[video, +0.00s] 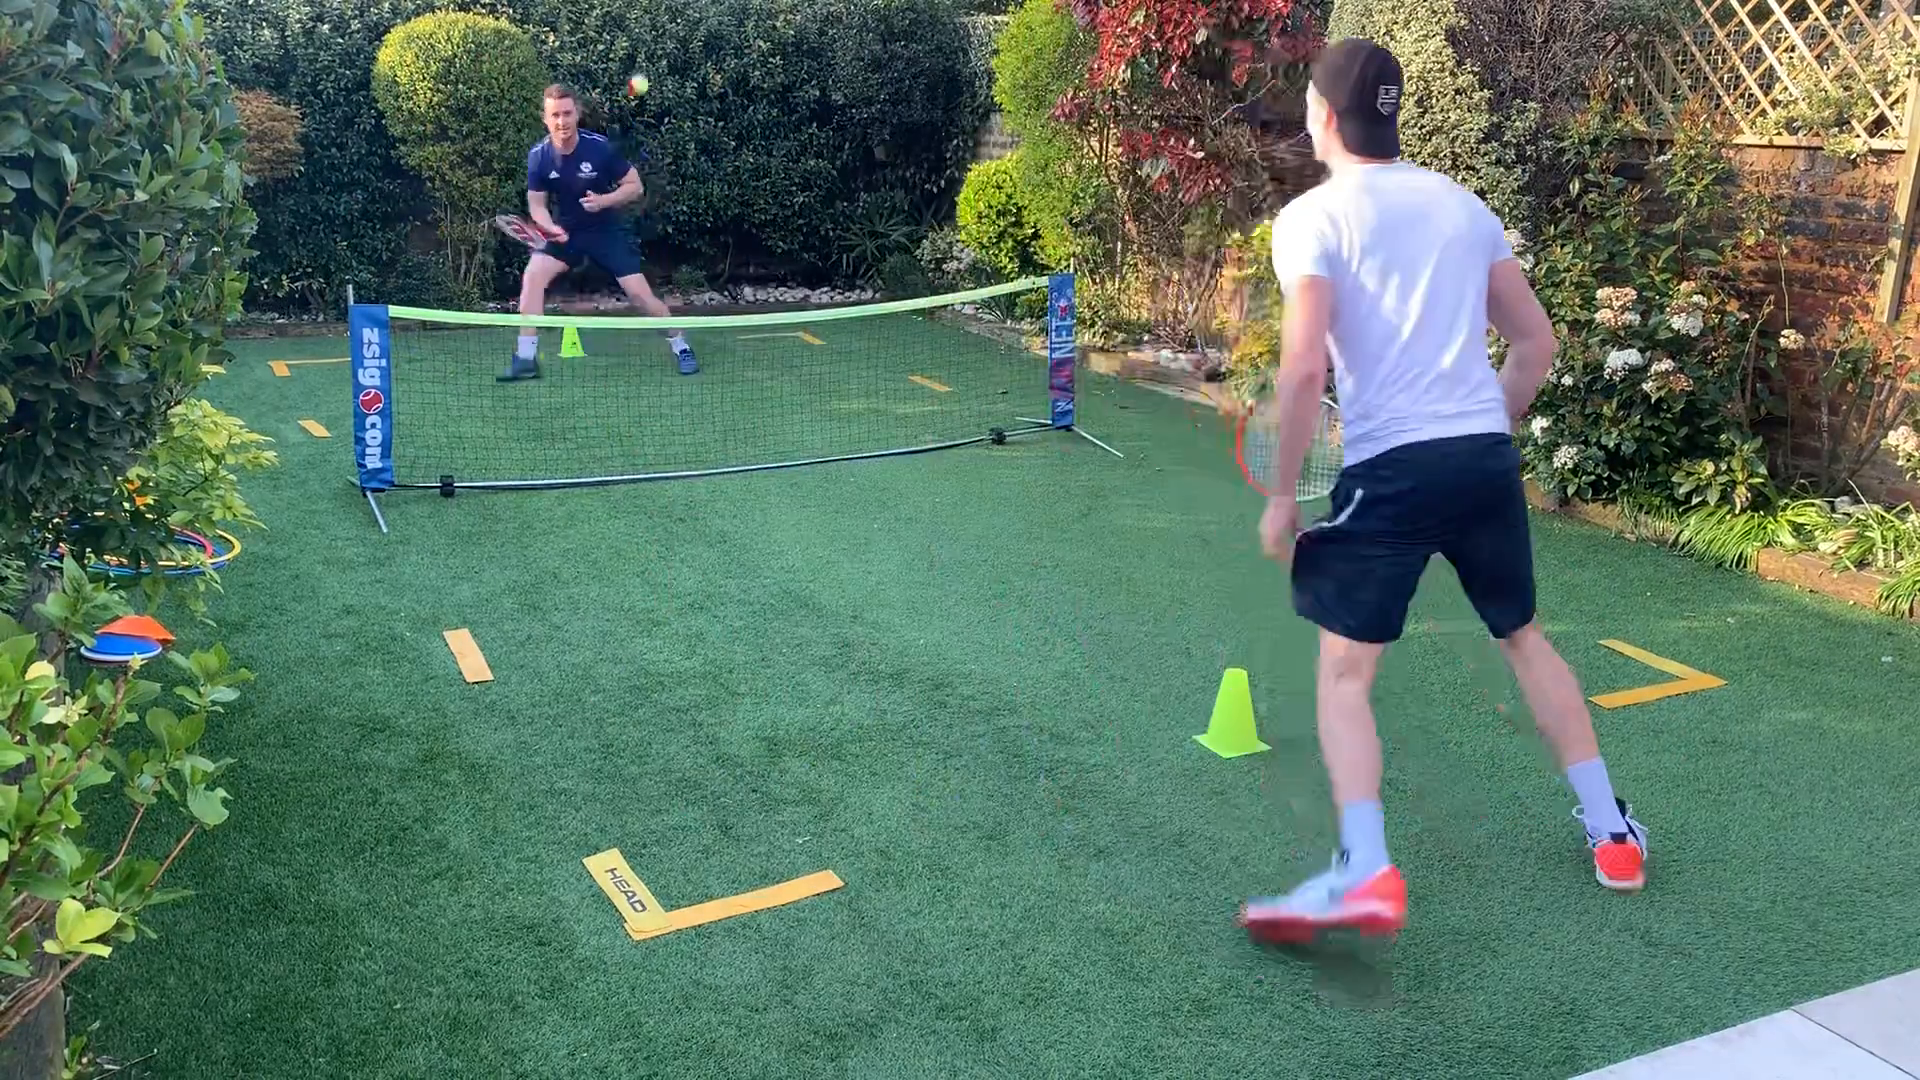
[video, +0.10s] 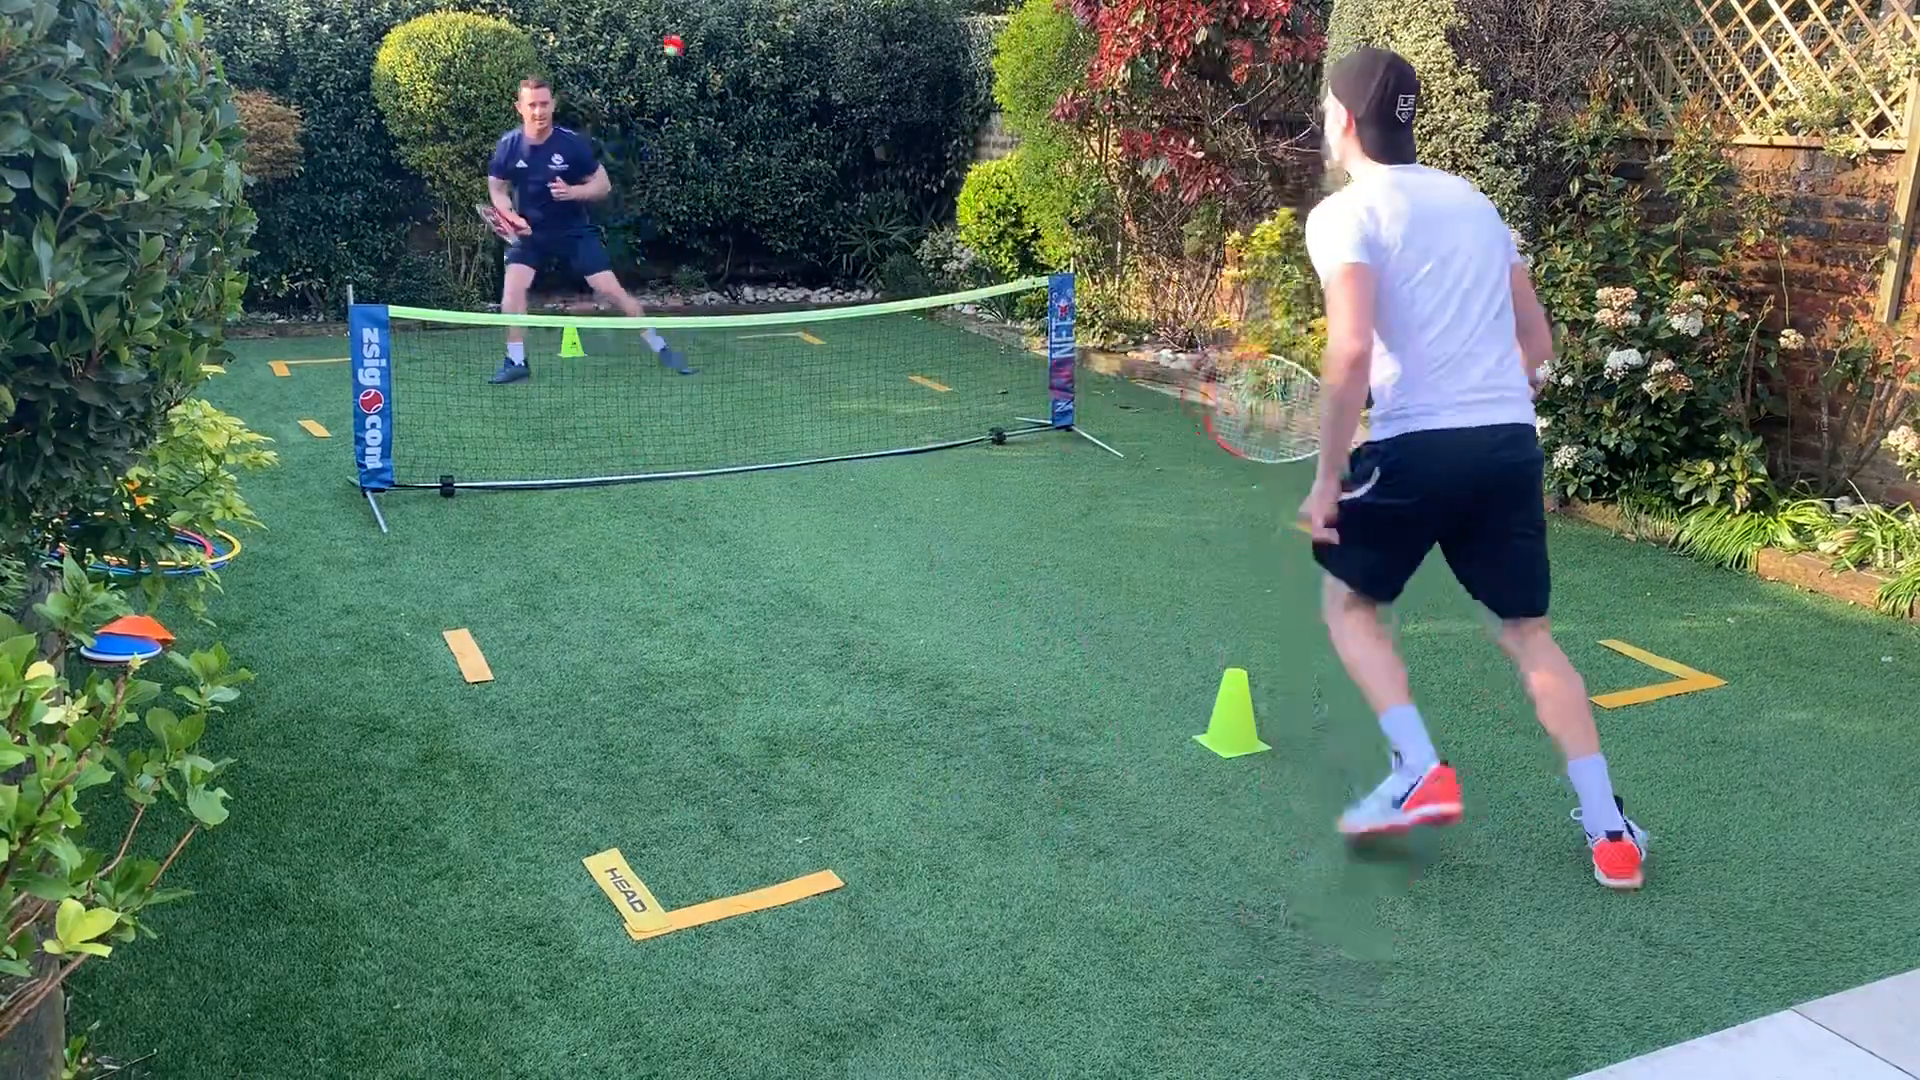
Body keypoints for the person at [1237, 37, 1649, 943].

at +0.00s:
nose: (1306, 122)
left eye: (1309, 108)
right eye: (1309, 106)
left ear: (1324, 116)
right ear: (1396, 114)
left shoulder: (1312, 216)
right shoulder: (1461, 202)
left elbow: (1306, 365)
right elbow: (1536, 343)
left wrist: (1283, 490)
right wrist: (1487, 429)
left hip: (1390, 471)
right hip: (1487, 462)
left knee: (1345, 675)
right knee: (1525, 637)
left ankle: (1364, 868)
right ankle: (1612, 832)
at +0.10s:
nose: (1322, 128)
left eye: (1325, 114)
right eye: (1325, 113)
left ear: (1345, 120)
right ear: (1408, 118)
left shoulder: (1343, 212)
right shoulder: (1472, 201)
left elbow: (1352, 355)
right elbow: (1535, 340)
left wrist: (1326, 478)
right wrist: (1468, 402)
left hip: (1412, 453)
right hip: (1510, 449)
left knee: (1349, 600)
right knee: (1532, 634)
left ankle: (1419, 769)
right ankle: (1608, 823)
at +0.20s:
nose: (1315, 132)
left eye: (1319, 119)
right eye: (1319, 118)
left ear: (1337, 128)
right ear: (1392, 128)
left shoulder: (1347, 212)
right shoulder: (1453, 198)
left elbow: (1352, 345)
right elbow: (1483, 322)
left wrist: (1317, 455)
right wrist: (1398, 423)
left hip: (1446, 427)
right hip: (1527, 425)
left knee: (1344, 535)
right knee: (1494, 599)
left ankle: (1389, 714)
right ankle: (1594, 755)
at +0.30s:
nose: (1308, 162)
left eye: (1312, 149)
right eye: (1310, 149)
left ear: (1331, 157)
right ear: (1382, 154)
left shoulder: (1348, 246)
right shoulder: (1449, 215)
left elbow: (1323, 389)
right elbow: (1479, 344)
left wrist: (1286, 480)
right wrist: (1405, 424)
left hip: (1455, 438)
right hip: (1529, 437)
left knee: (1350, 524)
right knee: (1445, 551)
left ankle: (1378, 700)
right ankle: (1549, 673)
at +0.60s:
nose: (1324, 185)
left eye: (1328, 171)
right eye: (1323, 171)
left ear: (1361, 175)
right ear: (1379, 169)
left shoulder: (1440, 235)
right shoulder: (1435, 219)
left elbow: (1443, 385)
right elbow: (1471, 348)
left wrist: (1372, 415)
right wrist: (1402, 413)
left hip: (1563, 388)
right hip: (1535, 379)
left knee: (1414, 516)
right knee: (1453, 506)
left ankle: (1386, 698)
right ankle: (1480, 644)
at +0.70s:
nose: (1350, 194)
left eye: (1352, 178)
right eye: (1346, 182)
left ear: (1387, 169)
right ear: (1392, 169)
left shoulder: (1489, 217)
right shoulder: (1431, 236)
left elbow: (1496, 355)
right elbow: (1462, 345)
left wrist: (1404, 418)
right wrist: (1426, 417)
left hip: (1600, 363)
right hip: (1537, 360)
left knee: (1472, 507)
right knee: (1463, 499)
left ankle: (1440, 694)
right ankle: (1478, 639)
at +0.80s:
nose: (1385, 193)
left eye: (1386, 177)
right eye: (1379, 180)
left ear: (1423, 159)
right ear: (1421, 162)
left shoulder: (1532, 202)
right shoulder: (1449, 234)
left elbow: (1517, 352)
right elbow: (1469, 349)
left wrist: (1423, 427)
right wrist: (1429, 433)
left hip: (1616, 362)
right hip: (1546, 362)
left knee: (1518, 521)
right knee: (1471, 510)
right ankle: (1482, 646)